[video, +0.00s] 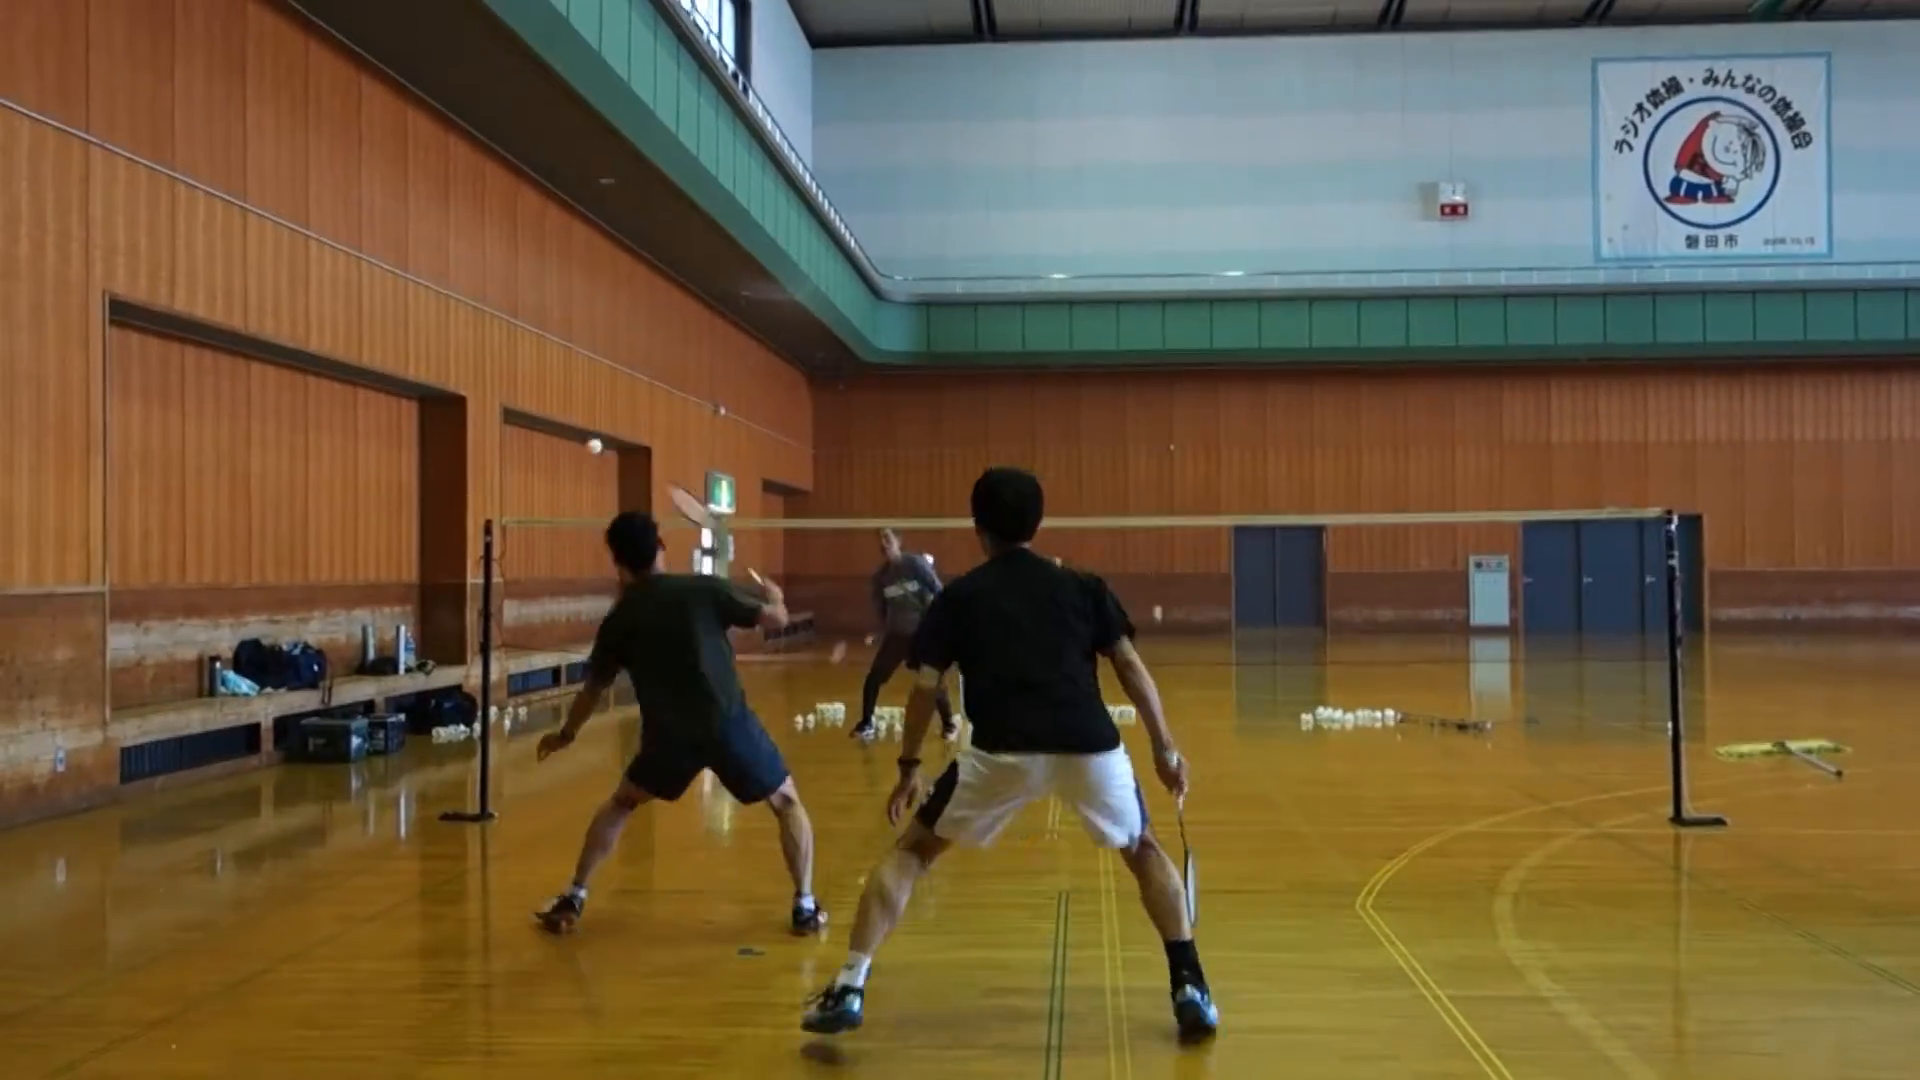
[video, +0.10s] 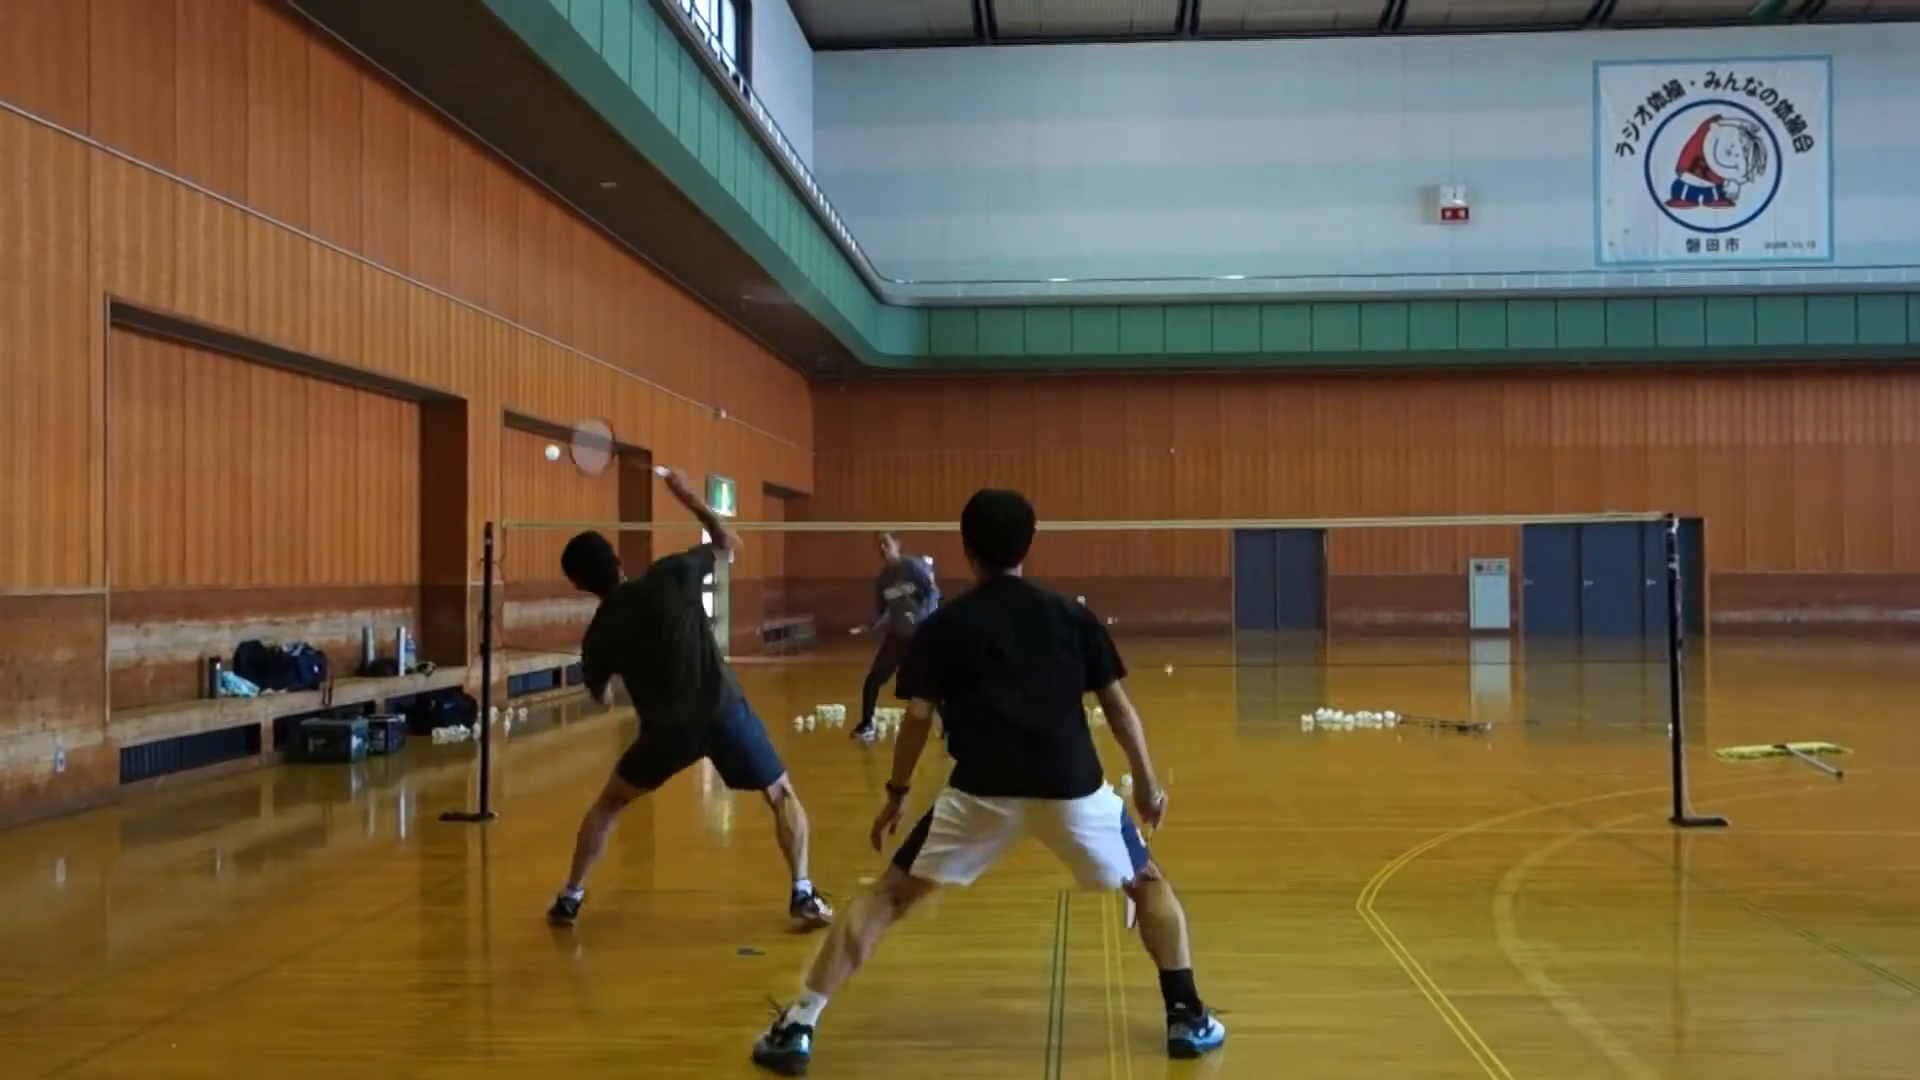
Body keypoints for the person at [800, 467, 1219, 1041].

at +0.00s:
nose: (979, 528)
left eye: (978, 519)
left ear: (978, 525)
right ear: (1038, 524)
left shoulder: (958, 599)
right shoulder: (1081, 588)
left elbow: (923, 690)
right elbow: (1130, 666)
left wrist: (908, 765)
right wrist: (1164, 746)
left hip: (1000, 751)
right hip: (1090, 746)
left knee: (913, 852)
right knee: (1143, 851)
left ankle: (849, 985)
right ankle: (1189, 983)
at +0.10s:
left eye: (968, 538)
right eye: (1017, 536)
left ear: (966, 547)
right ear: (1029, 545)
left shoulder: (943, 625)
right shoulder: (1070, 617)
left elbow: (917, 718)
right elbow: (1118, 707)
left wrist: (896, 792)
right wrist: (1148, 782)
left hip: (980, 789)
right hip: (1072, 787)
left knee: (890, 893)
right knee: (1147, 883)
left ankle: (798, 1024)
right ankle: (1187, 1014)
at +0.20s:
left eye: (957, 562)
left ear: (955, 571)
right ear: (1020, 573)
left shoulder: (927, 647)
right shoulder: (1050, 647)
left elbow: (893, 746)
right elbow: (1099, 746)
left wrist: (880, 822)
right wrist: (1119, 810)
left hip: (953, 818)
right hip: (1050, 816)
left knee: (854, 904)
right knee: (1139, 869)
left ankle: (791, 1031)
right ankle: (1183, 995)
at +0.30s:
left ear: (964, 572)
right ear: (1027, 575)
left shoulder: (933, 646)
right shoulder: (1059, 648)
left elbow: (893, 736)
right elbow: (1108, 745)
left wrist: (869, 818)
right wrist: (1117, 809)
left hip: (956, 815)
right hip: (1052, 814)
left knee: (857, 905)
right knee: (1139, 880)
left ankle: (790, 1031)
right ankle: (1187, 1015)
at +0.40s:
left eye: (996, 536)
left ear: (992, 548)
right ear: (1053, 548)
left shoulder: (959, 621)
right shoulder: (1087, 624)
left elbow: (912, 687)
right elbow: (1146, 706)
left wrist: (889, 770)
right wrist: (1147, 759)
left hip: (976, 788)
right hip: (1069, 786)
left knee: (890, 894)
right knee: (1150, 874)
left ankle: (800, 1016)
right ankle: (1188, 1015)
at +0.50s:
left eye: (1002, 514)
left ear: (1000, 521)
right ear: (1061, 523)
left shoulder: (980, 590)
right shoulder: (1100, 591)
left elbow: (931, 657)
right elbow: (1154, 671)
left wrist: (918, 738)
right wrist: (1171, 747)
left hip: (999, 753)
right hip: (1090, 755)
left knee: (913, 857)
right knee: (1146, 871)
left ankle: (856, 989)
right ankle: (1187, 1012)